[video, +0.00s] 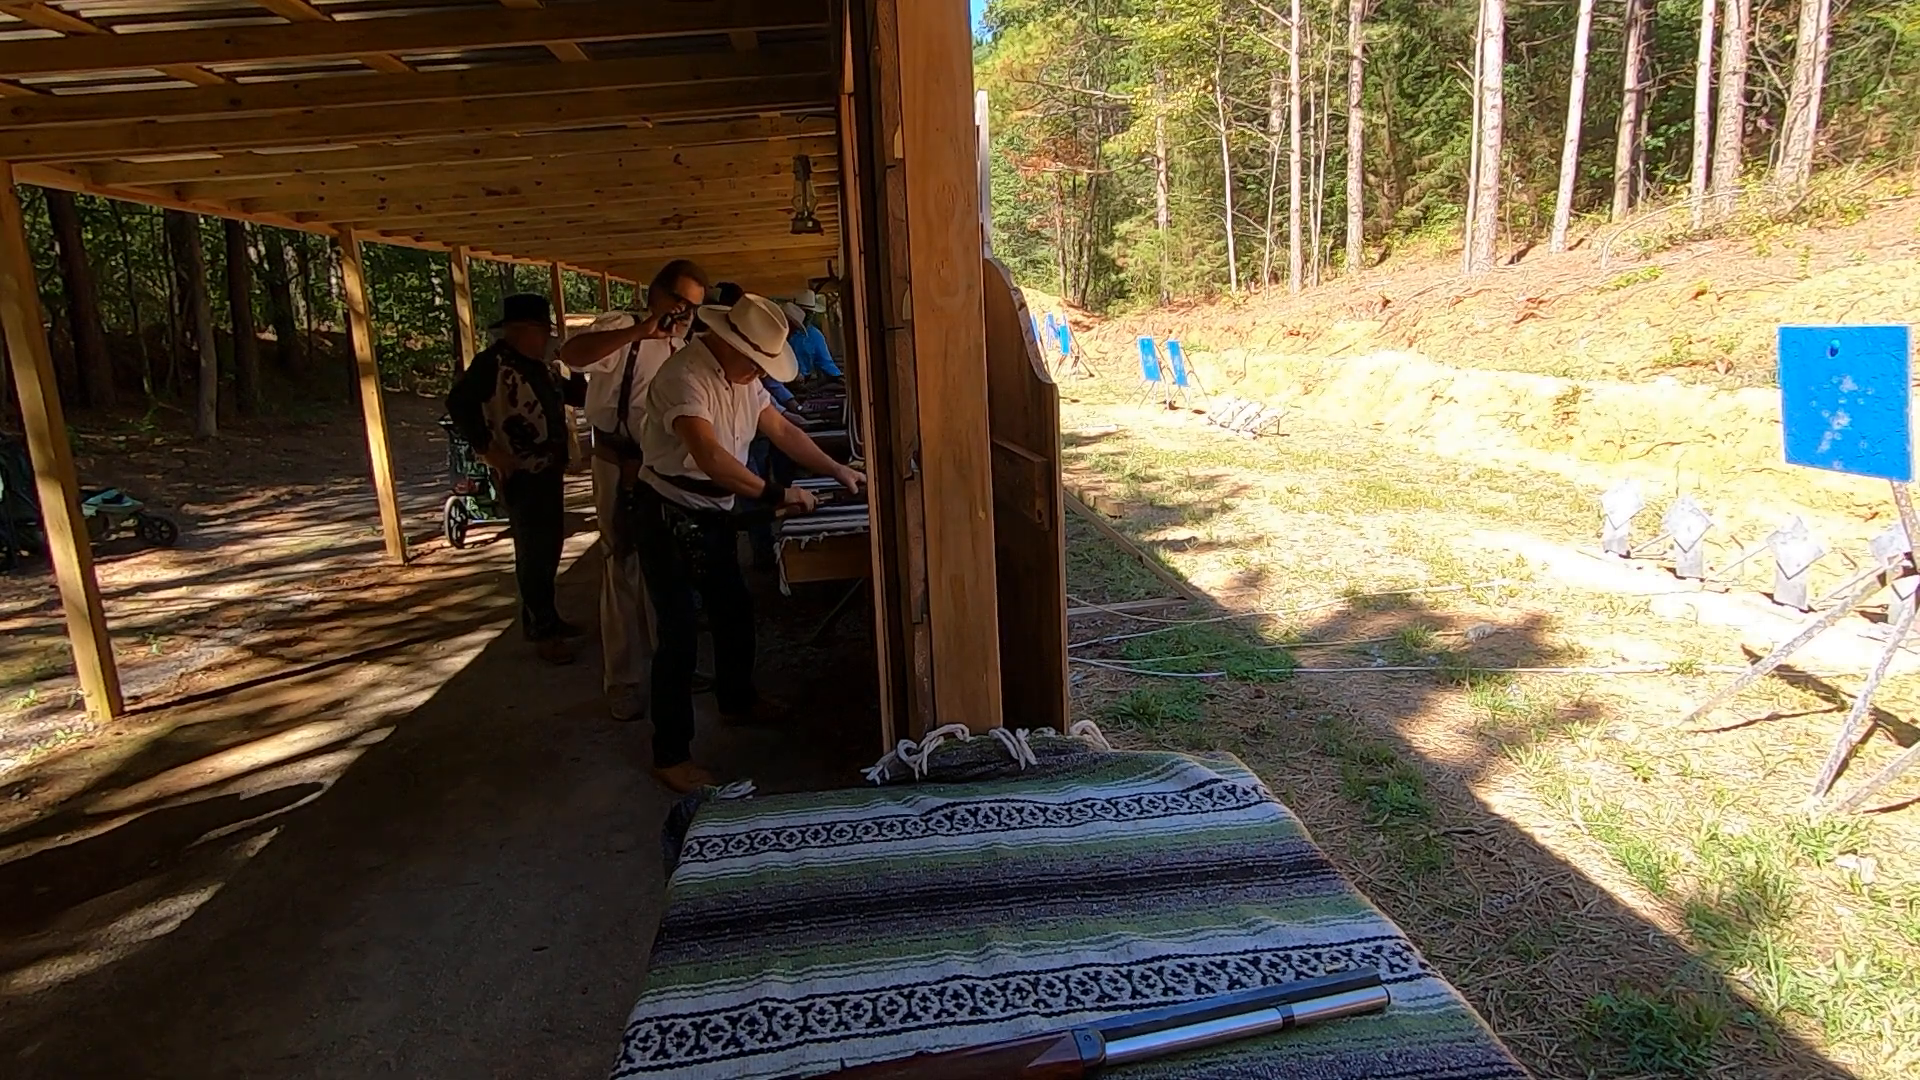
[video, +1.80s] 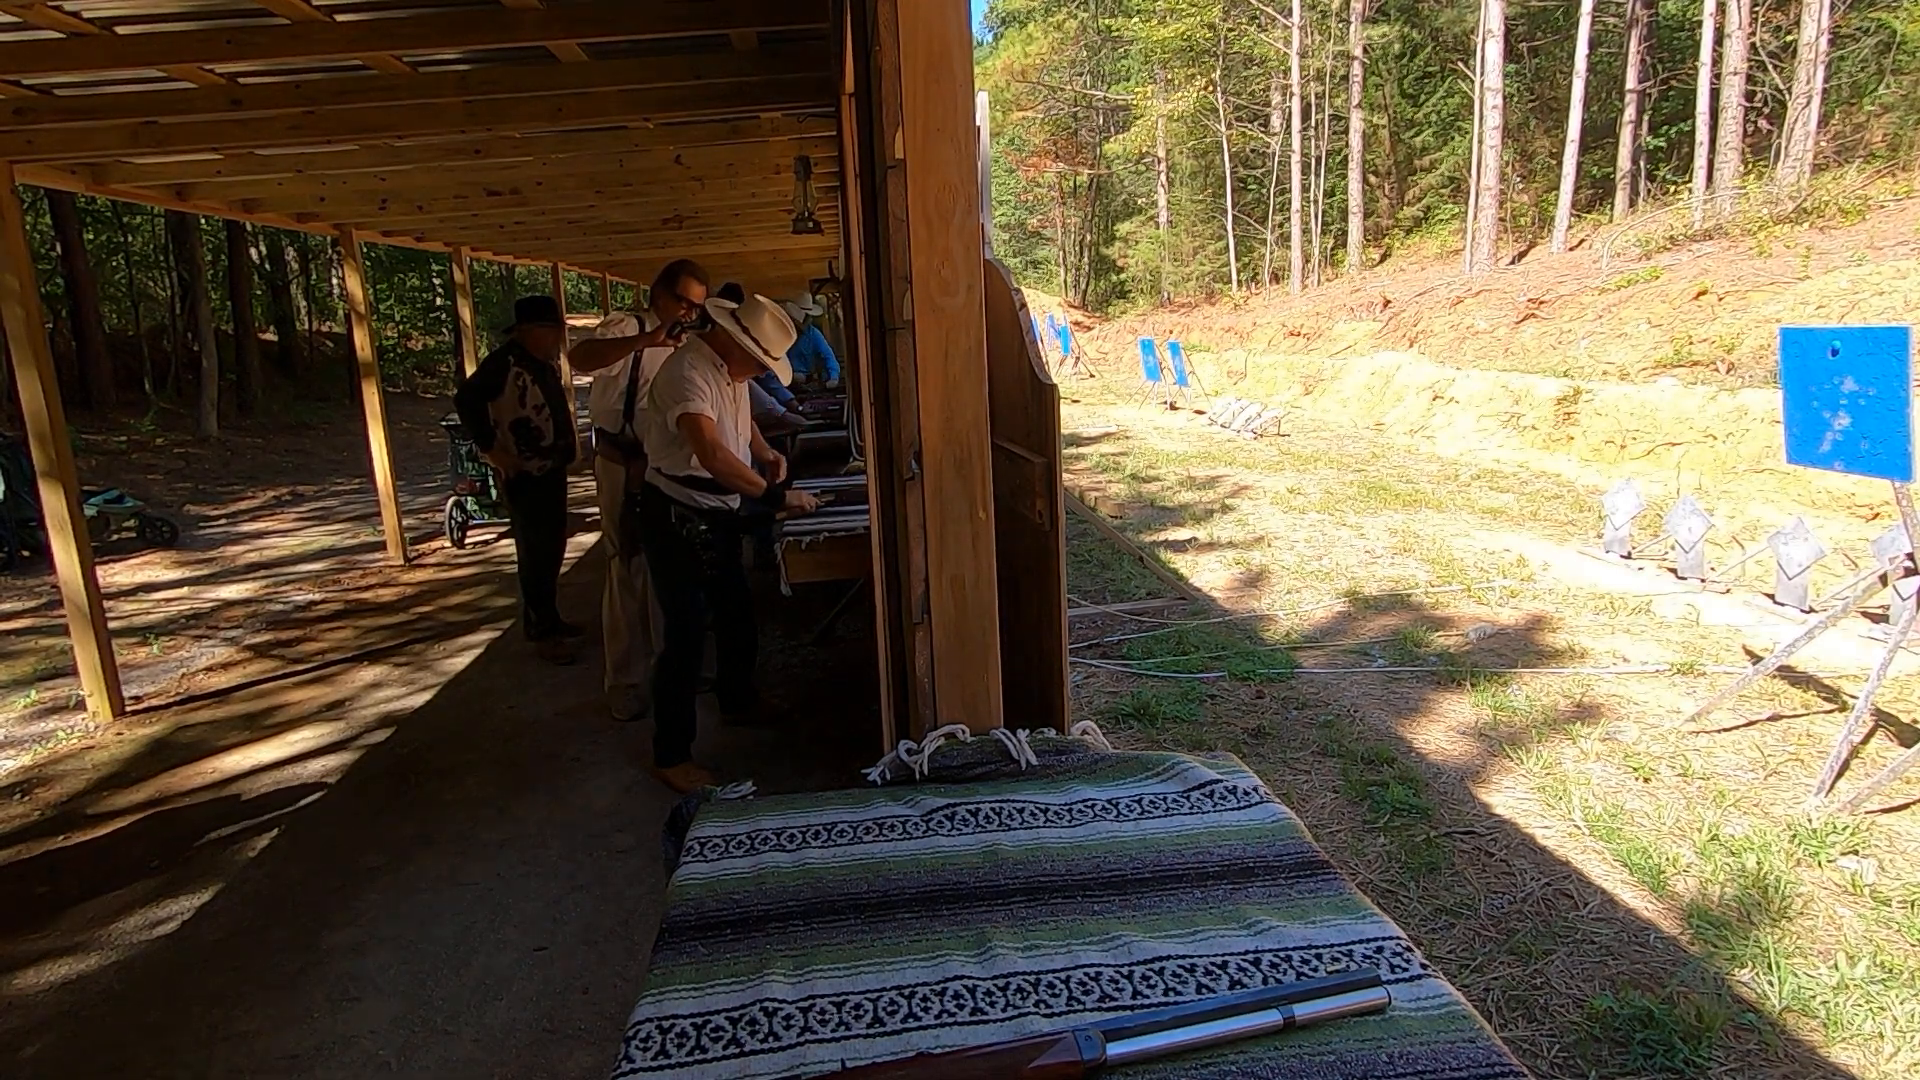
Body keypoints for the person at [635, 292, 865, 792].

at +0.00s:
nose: (759, 372)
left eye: (763, 366)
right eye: (754, 362)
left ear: (757, 358)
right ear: (728, 345)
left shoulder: (746, 379)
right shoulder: (684, 375)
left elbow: (781, 430)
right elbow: (705, 454)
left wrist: (837, 467)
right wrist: (773, 492)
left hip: (715, 514)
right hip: (665, 515)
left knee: (734, 613)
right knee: (679, 632)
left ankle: (738, 703)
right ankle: (670, 758)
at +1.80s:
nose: (758, 373)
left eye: (762, 366)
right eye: (757, 364)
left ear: (744, 346)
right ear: (734, 344)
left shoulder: (731, 370)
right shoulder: (687, 372)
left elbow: (743, 425)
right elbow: (709, 453)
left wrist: (765, 453)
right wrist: (775, 495)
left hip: (721, 512)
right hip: (676, 514)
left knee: (736, 615)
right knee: (685, 634)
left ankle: (740, 706)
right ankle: (671, 756)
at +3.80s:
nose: (753, 373)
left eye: (756, 365)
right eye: (751, 363)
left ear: (724, 349)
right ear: (724, 348)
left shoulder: (718, 377)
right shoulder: (681, 377)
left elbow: (722, 444)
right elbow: (707, 459)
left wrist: (749, 466)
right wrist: (778, 495)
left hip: (716, 516)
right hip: (673, 520)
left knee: (739, 615)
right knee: (689, 636)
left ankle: (739, 708)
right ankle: (672, 757)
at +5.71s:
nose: (758, 373)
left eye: (761, 366)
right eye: (755, 364)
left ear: (727, 349)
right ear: (728, 348)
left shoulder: (721, 377)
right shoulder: (686, 379)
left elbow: (728, 447)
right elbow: (709, 460)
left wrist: (756, 475)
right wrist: (780, 495)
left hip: (717, 516)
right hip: (672, 519)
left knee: (743, 610)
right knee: (689, 635)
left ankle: (739, 703)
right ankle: (672, 757)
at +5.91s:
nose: (758, 373)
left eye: (762, 366)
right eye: (756, 364)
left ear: (727, 349)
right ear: (729, 348)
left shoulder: (721, 378)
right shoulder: (686, 378)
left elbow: (728, 447)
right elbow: (711, 460)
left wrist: (752, 472)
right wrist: (781, 494)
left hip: (717, 516)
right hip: (673, 520)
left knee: (743, 610)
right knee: (689, 635)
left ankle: (739, 704)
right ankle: (672, 757)